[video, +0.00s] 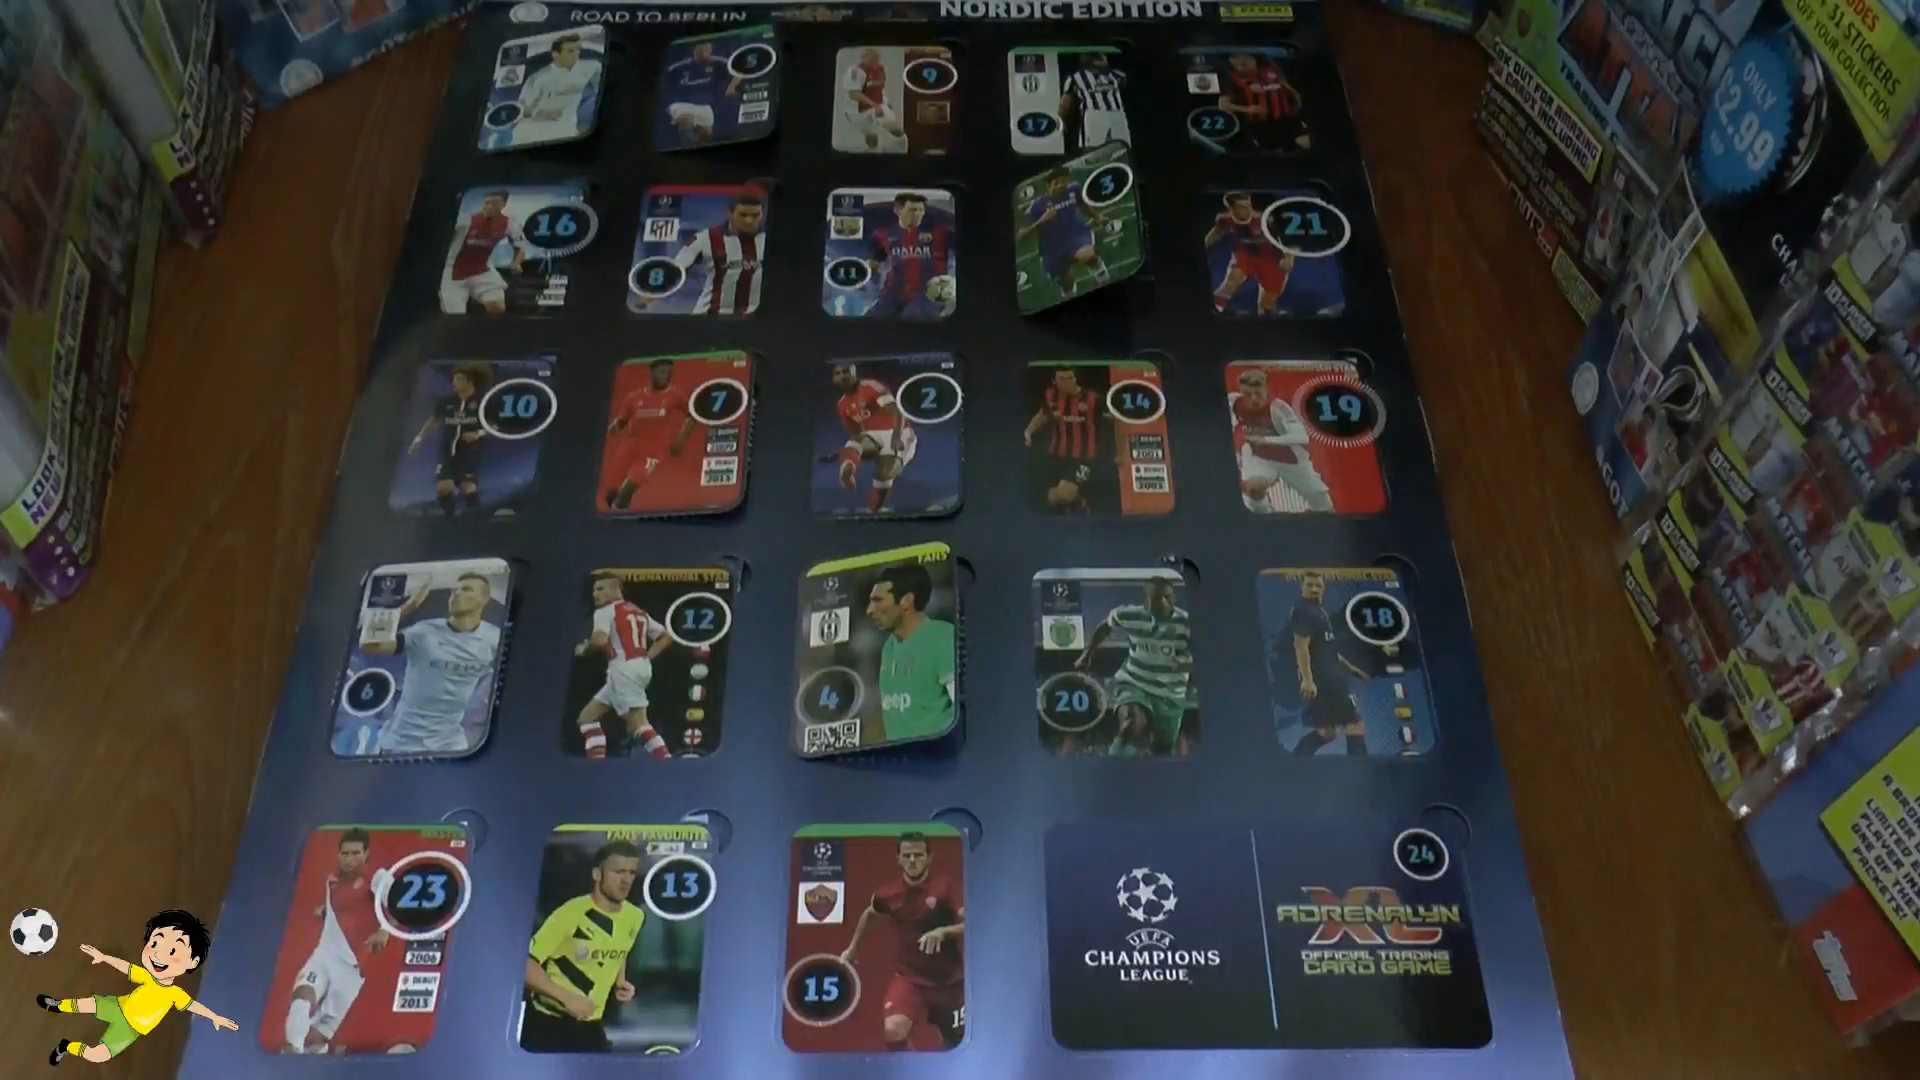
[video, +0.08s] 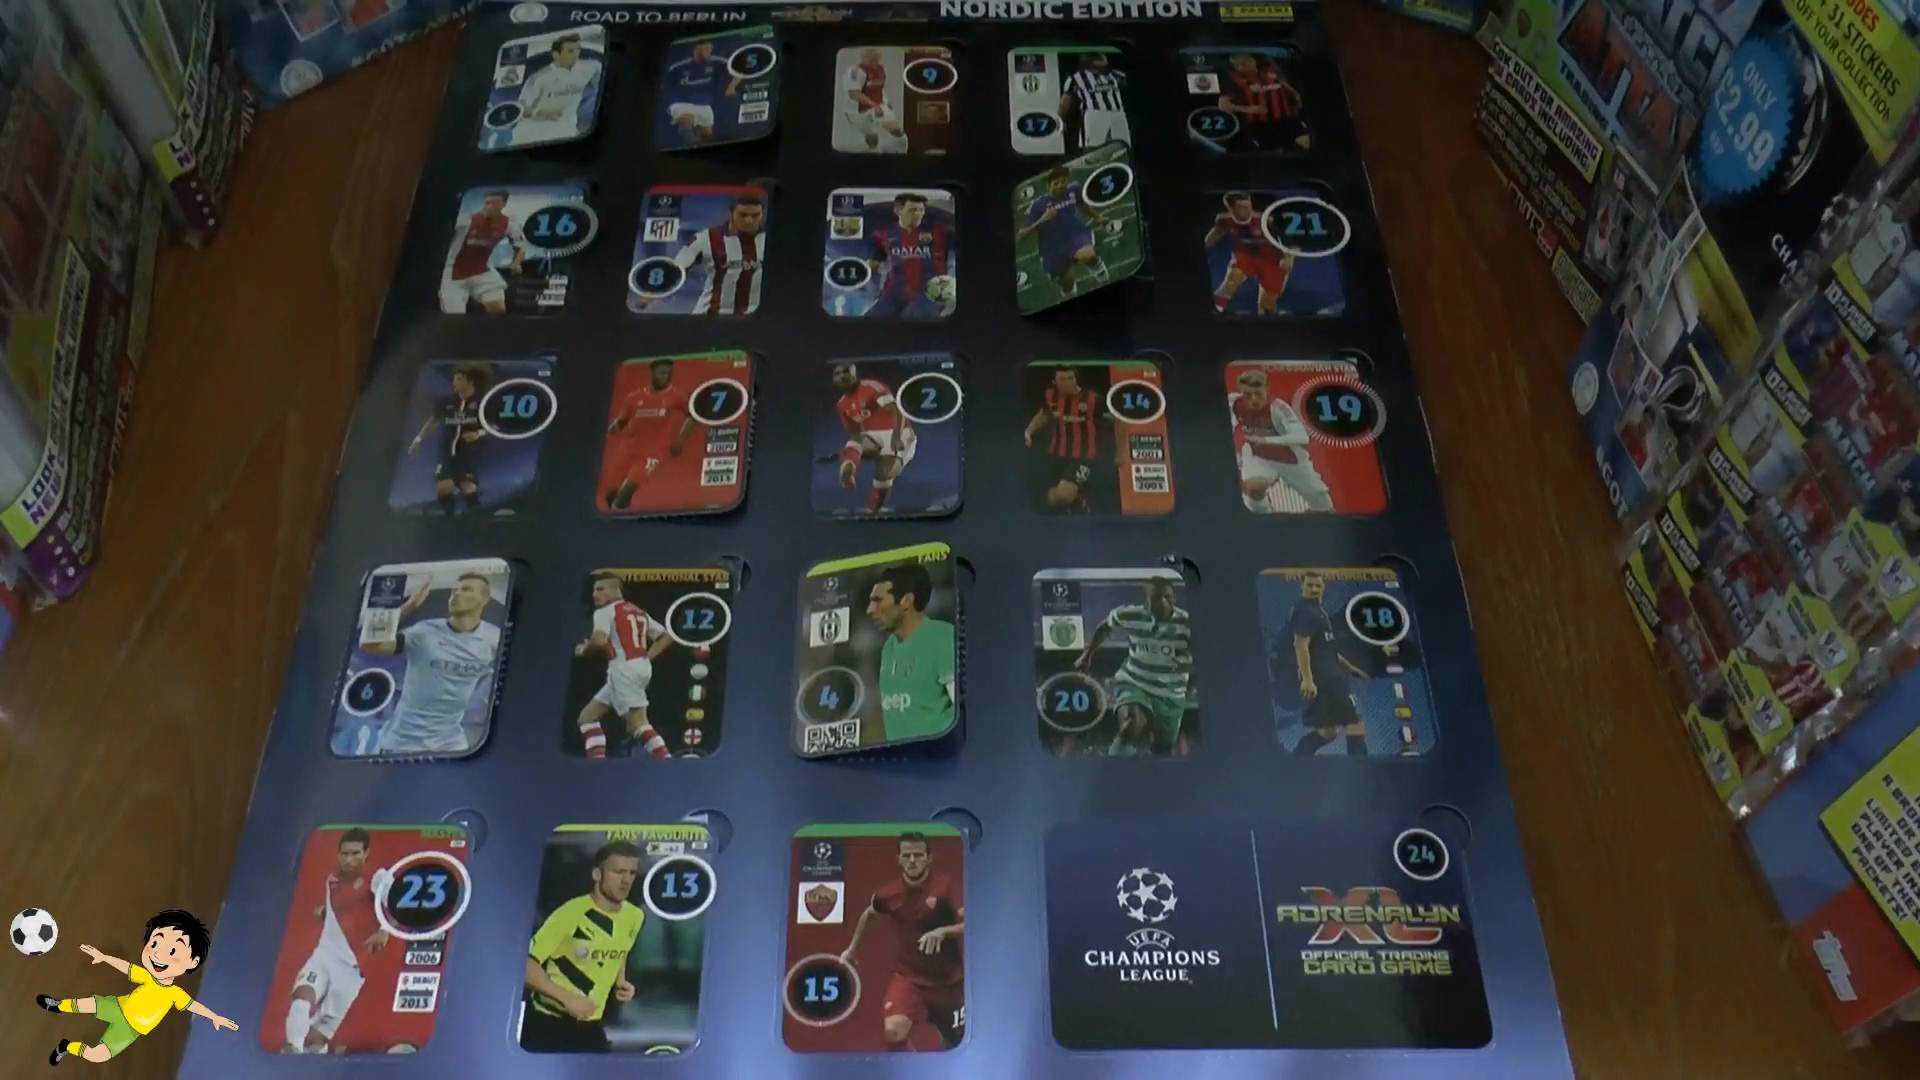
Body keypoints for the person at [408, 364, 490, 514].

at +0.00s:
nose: (454, 383)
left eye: (459, 379)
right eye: (454, 379)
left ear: (469, 383)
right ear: (453, 382)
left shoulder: (480, 403)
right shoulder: (446, 402)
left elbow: (492, 424)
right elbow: (433, 421)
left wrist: (477, 434)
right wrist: (418, 440)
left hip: (468, 451)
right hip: (447, 452)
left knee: (468, 487)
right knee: (443, 487)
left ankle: (477, 520)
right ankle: (450, 520)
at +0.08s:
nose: (454, 383)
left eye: (459, 379)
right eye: (454, 379)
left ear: (470, 383)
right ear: (453, 382)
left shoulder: (481, 403)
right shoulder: (446, 402)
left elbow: (493, 424)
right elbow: (433, 421)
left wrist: (478, 434)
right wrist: (418, 440)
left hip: (468, 450)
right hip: (447, 451)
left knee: (468, 486)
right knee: (443, 487)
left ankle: (478, 520)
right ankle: (451, 520)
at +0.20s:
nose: (454, 383)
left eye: (459, 379)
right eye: (454, 379)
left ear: (469, 382)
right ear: (453, 382)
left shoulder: (481, 403)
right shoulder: (447, 402)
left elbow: (492, 424)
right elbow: (433, 421)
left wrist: (478, 434)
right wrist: (418, 440)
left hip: (469, 451)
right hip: (447, 451)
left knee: (467, 485)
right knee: (443, 487)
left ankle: (478, 520)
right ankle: (450, 520)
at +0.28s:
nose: (454, 383)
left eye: (459, 379)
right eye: (454, 379)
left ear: (469, 382)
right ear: (453, 382)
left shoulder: (481, 402)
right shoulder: (447, 402)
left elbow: (492, 424)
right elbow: (433, 421)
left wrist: (478, 434)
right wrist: (418, 440)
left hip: (468, 450)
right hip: (447, 451)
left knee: (467, 484)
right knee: (443, 487)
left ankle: (477, 519)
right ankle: (451, 520)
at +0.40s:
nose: (454, 383)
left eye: (458, 379)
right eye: (454, 379)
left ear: (469, 382)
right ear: (453, 382)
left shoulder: (480, 403)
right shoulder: (447, 402)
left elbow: (493, 424)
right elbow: (433, 421)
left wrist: (478, 433)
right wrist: (418, 440)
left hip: (468, 451)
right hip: (447, 451)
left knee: (467, 484)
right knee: (443, 486)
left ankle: (477, 519)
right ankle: (451, 520)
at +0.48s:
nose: (454, 383)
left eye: (458, 379)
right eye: (454, 379)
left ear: (469, 382)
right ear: (453, 382)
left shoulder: (480, 403)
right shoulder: (446, 402)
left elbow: (492, 424)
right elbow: (433, 421)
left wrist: (477, 433)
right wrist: (418, 439)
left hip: (468, 451)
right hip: (446, 452)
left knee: (467, 485)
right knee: (443, 487)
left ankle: (476, 519)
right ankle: (450, 520)